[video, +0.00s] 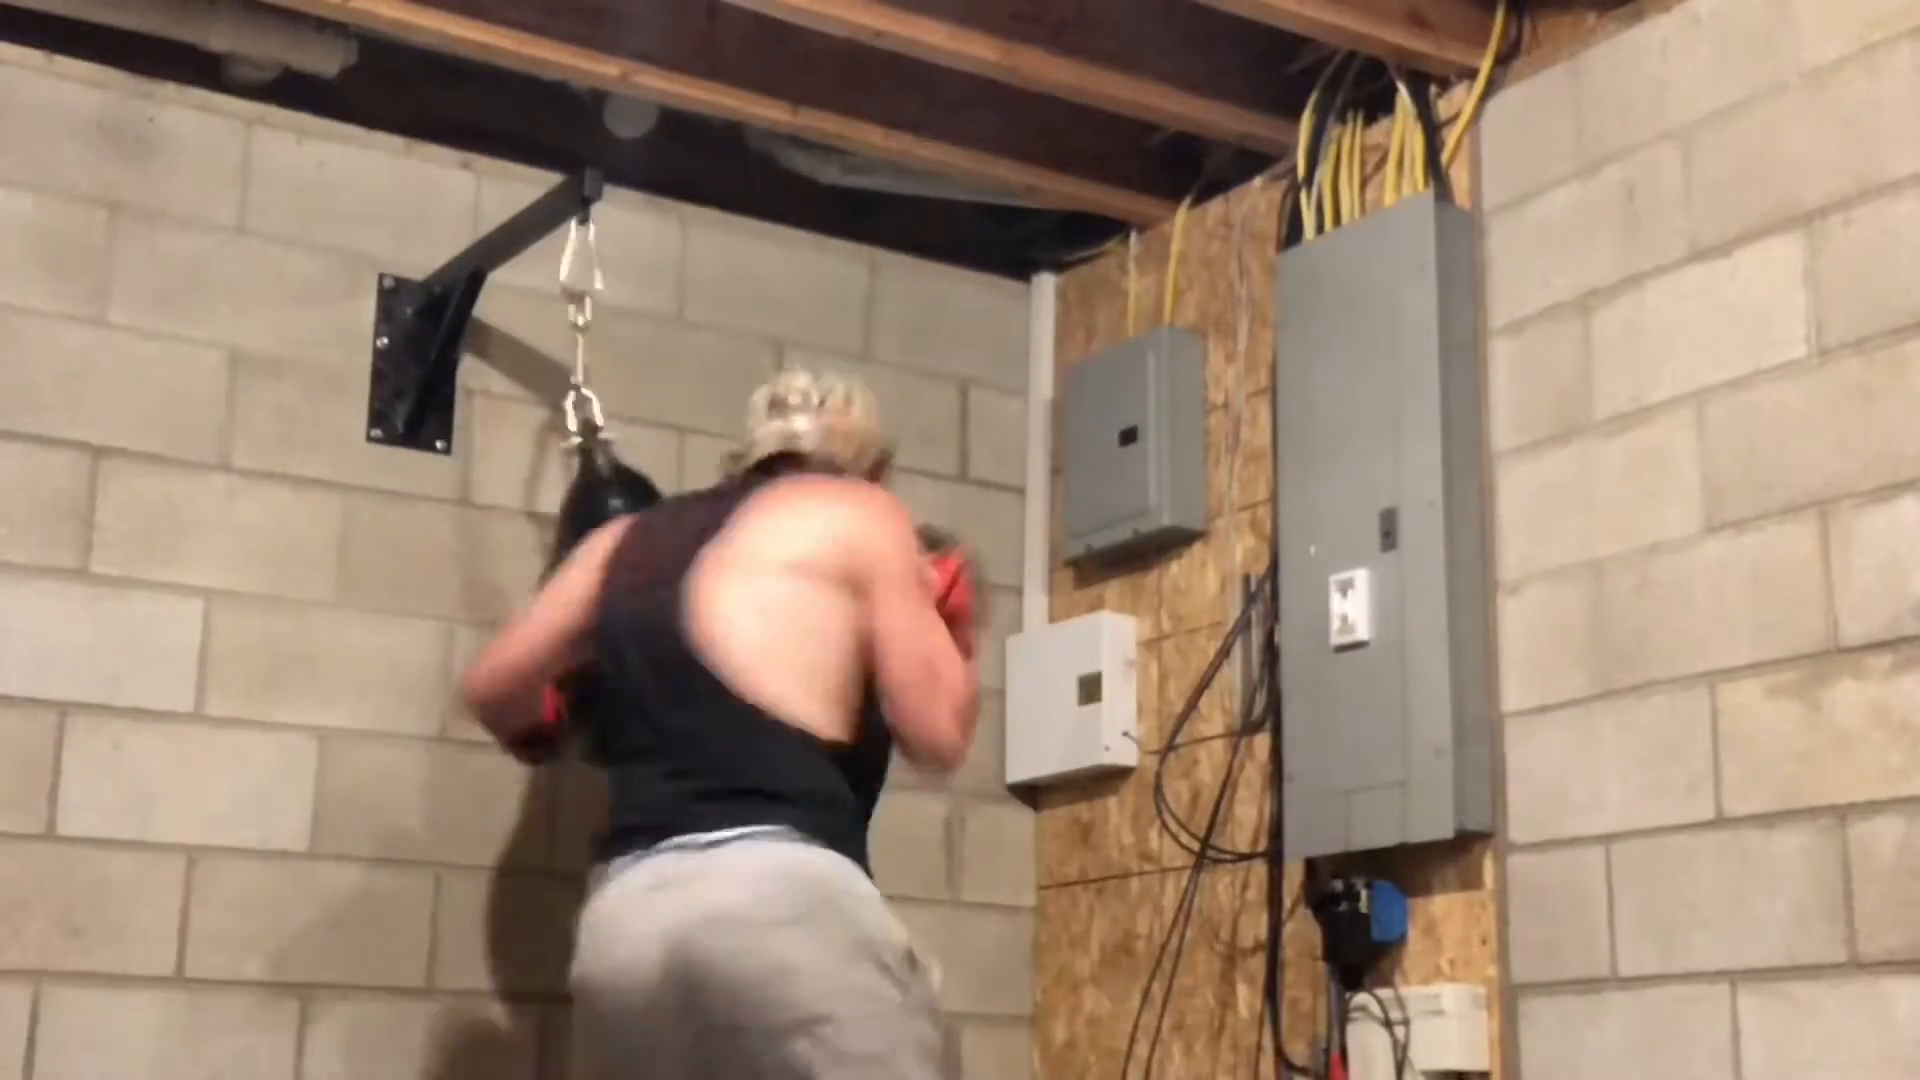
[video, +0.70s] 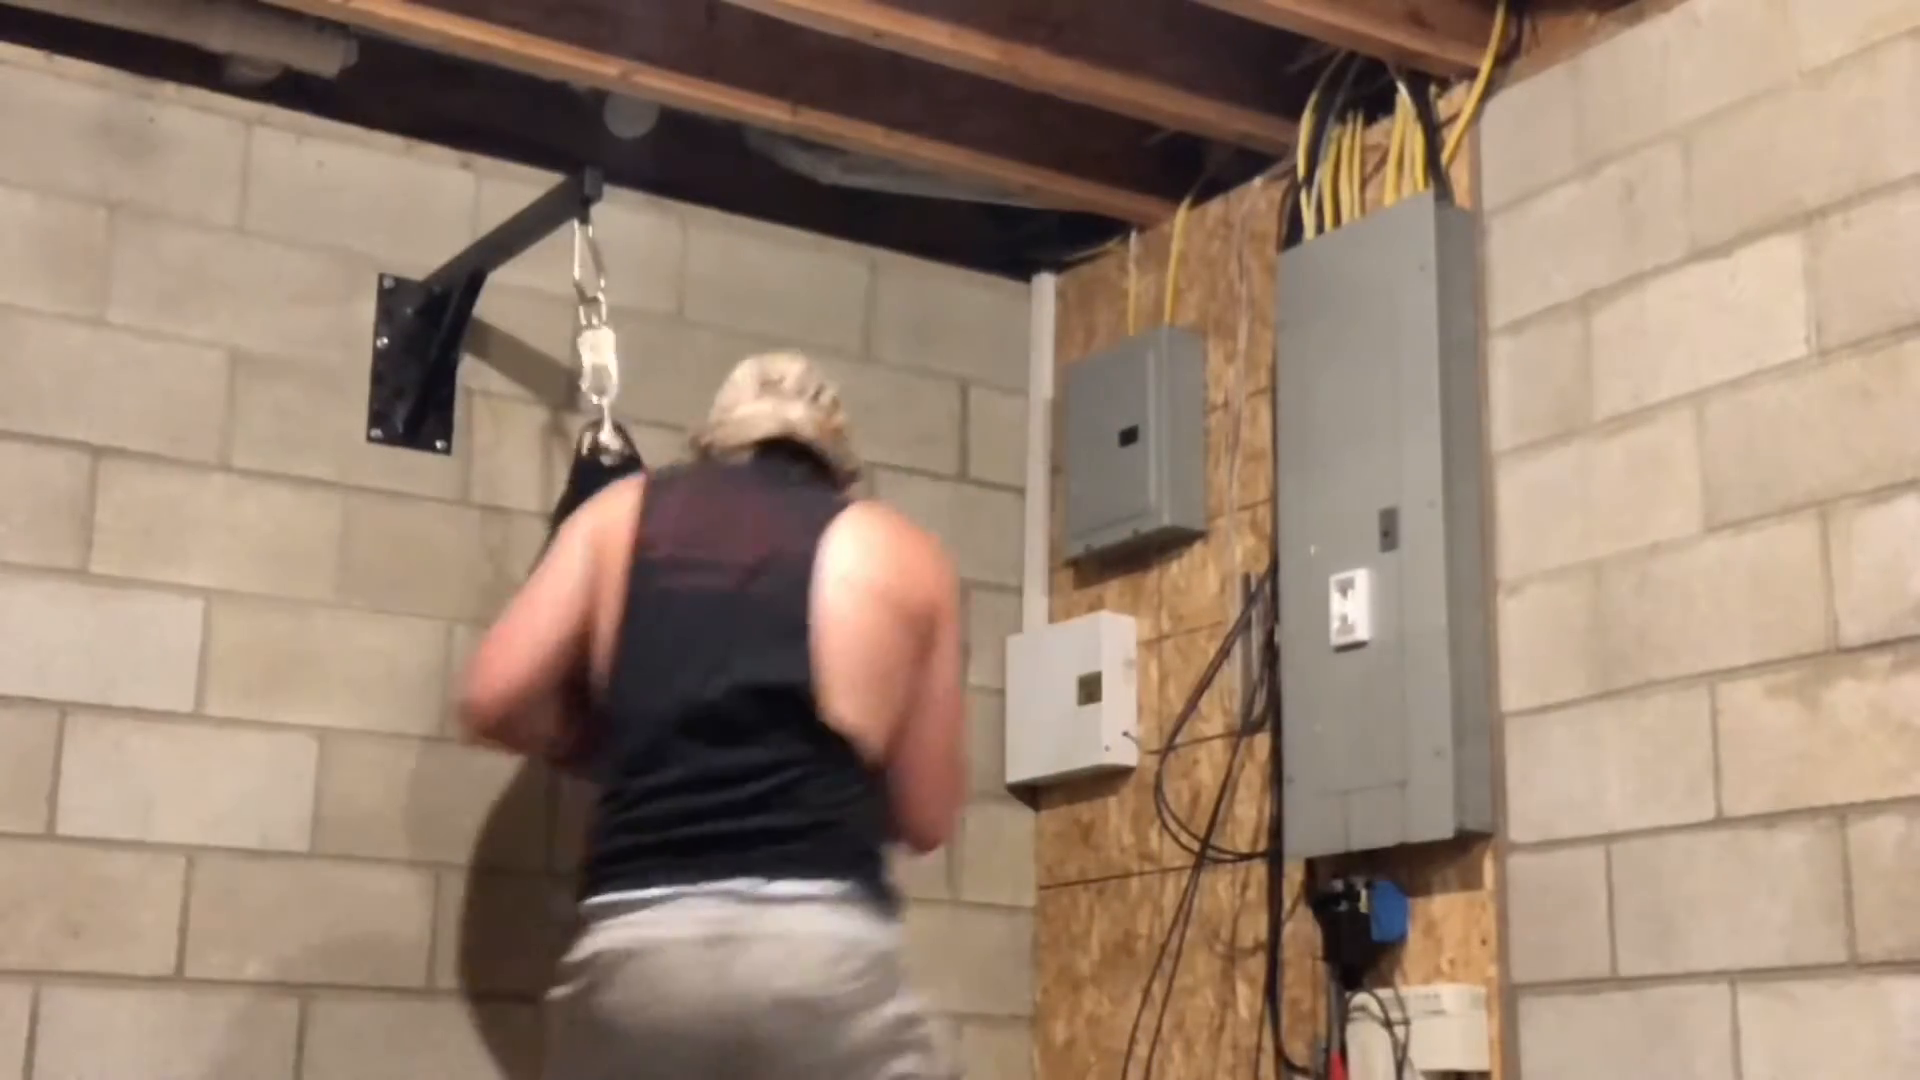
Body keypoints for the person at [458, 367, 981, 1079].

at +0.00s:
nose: (886, 496)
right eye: (884, 485)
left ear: (752, 457)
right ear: (869, 469)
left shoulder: (626, 536)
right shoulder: (862, 512)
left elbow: (493, 682)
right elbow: (939, 737)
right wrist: (956, 628)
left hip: (622, 912)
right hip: (784, 900)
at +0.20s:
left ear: (726, 468)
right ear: (846, 498)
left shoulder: (656, 507)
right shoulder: (886, 585)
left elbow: (532, 534)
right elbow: (915, 818)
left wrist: (391, 632)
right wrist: (834, 721)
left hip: (596, 931)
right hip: (768, 931)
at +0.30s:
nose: (907, 505)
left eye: (907, 491)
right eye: (905, 487)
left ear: (791, 436)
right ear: (893, 463)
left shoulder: (669, 494)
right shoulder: (862, 508)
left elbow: (480, 539)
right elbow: (910, 739)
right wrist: (958, 665)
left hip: (580, 894)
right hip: (712, 905)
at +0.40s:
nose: (891, 498)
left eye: (894, 485)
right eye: (893, 481)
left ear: (776, 427)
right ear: (881, 461)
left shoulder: (643, 491)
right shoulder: (842, 507)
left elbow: (473, 596)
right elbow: (875, 742)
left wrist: (542, 681)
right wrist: (936, 638)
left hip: (549, 899)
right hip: (694, 903)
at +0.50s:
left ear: (701, 457)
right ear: (825, 484)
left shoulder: (602, 520)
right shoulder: (852, 560)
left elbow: (489, 661)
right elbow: (874, 810)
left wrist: (600, 722)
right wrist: (819, 672)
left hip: (546, 924)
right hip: (728, 928)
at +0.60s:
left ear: (688, 471)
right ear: (814, 490)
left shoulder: (592, 540)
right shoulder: (865, 586)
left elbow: (476, 723)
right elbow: (875, 845)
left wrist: (606, 710)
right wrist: (817, 707)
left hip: (576, 966)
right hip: (771, 974)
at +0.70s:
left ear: (711, 438)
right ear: (839, 448)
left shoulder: (616, 512)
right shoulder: (907, 553)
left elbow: (494, 697)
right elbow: (928, 816)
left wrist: (629, 746)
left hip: (633, 953)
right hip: (827, 958)